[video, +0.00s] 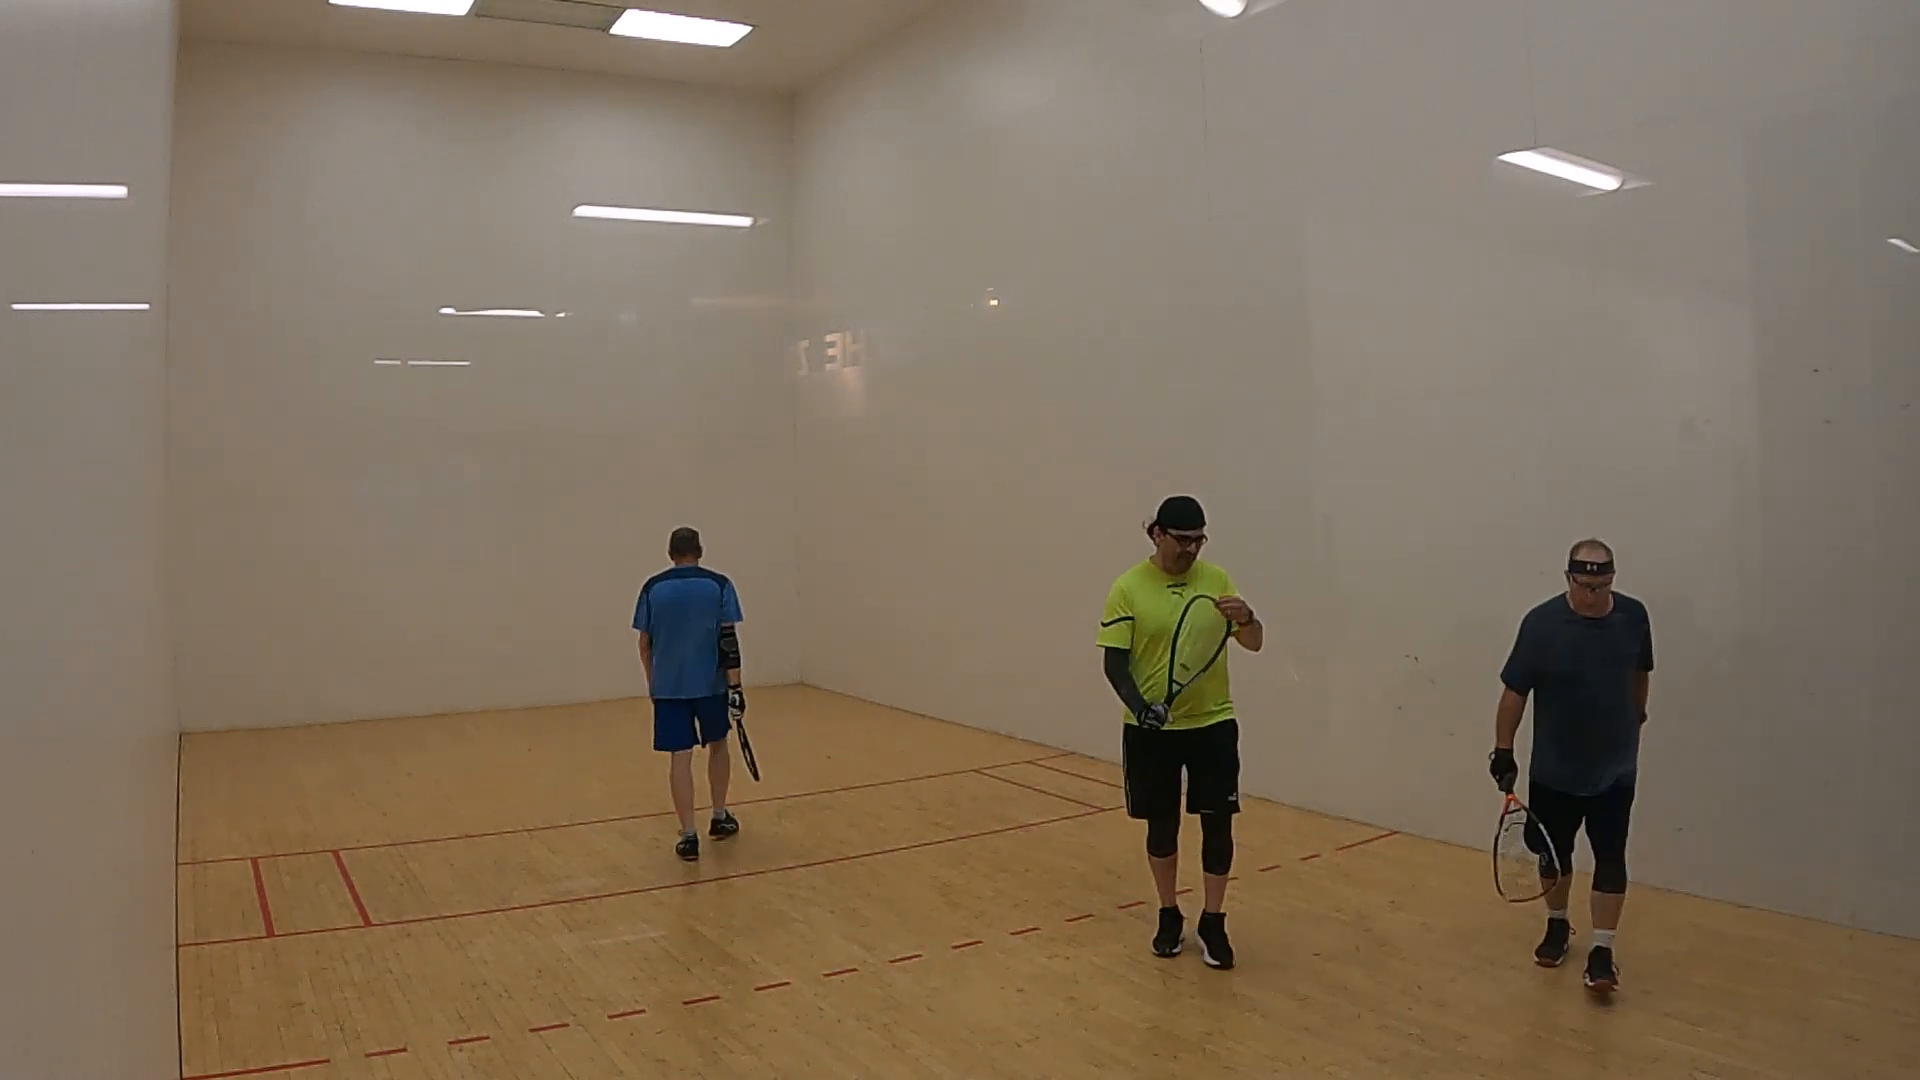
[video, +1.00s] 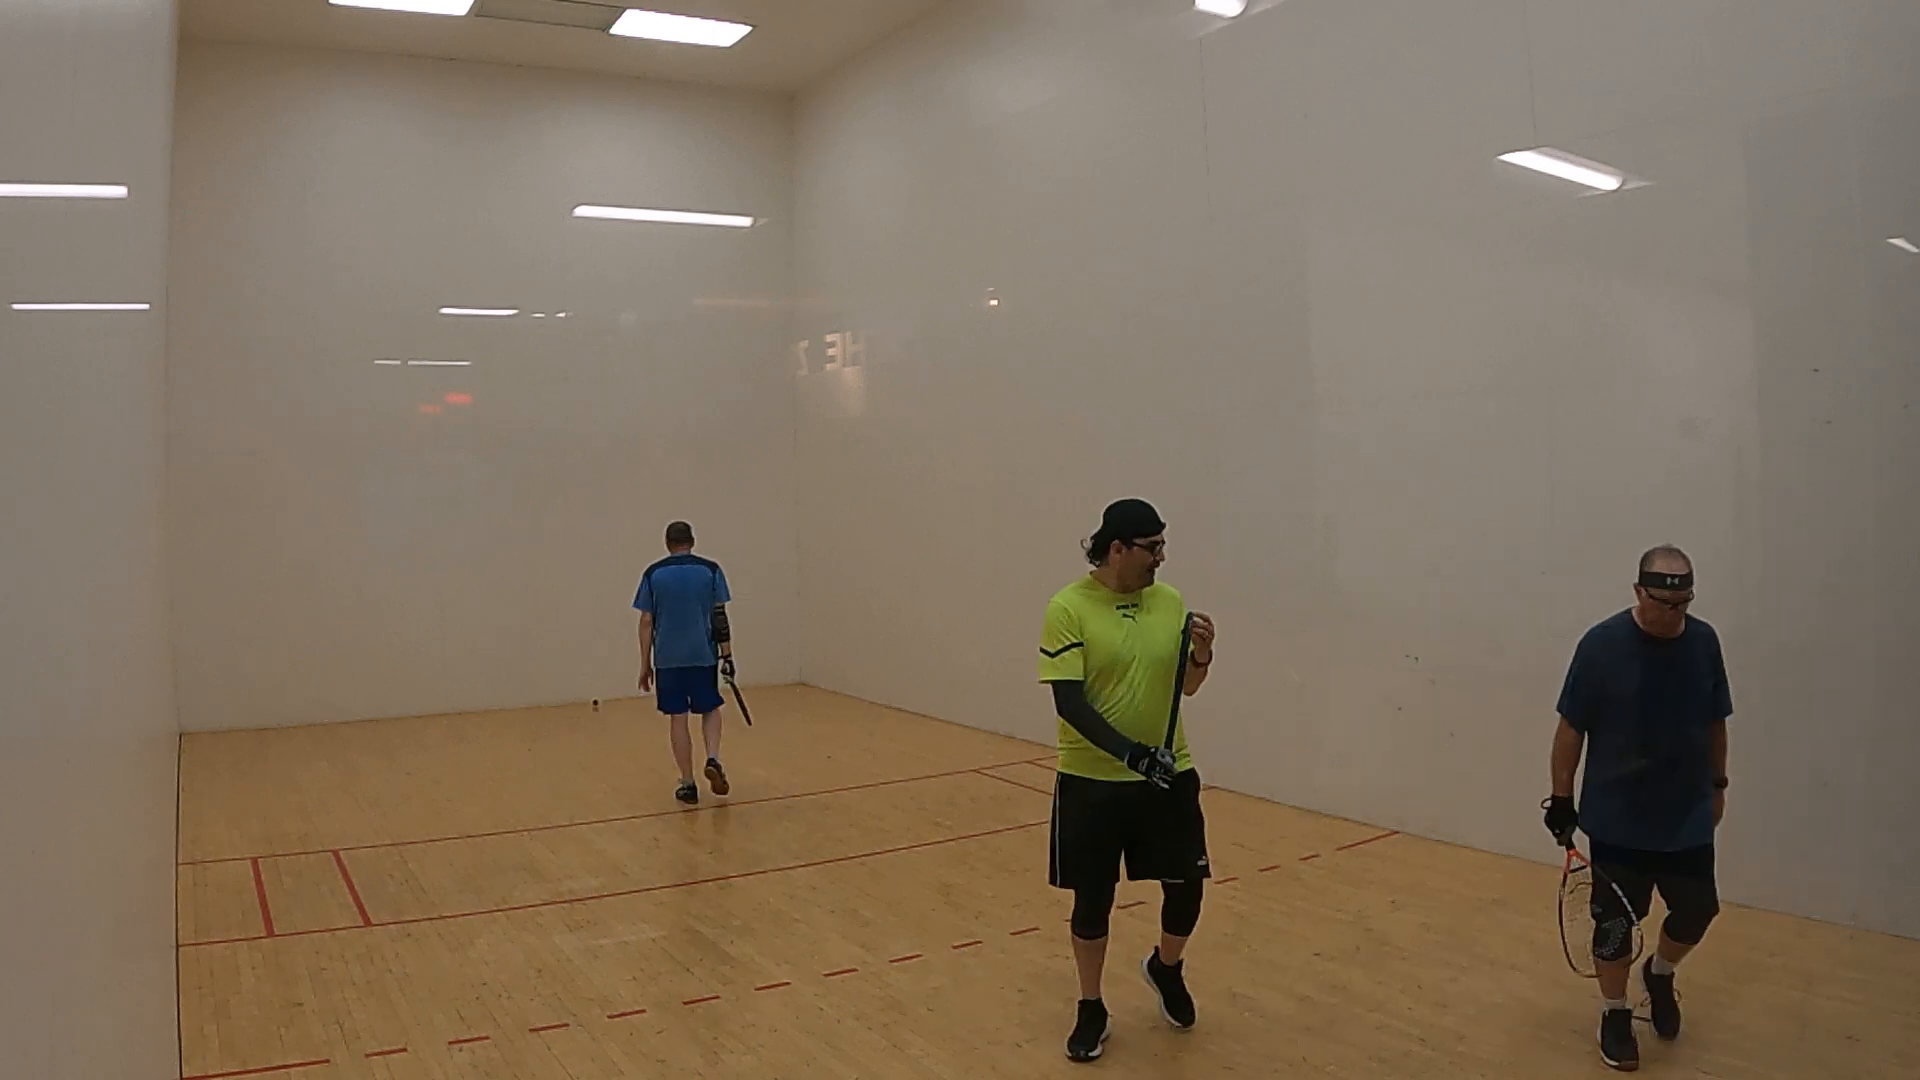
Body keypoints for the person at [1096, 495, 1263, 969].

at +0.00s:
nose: (1190, 548)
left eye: (1198, 540)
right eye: (1181, 539)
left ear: (1203, 539)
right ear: (1156, 535)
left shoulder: (1215, 581)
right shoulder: (1128, 590)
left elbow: (1253, 643)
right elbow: (1114, 663)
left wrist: (1245, 618)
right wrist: (1140, 706)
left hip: (1213, 724)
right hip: (1153, 729)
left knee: (1218, 824)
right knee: (1162, 826)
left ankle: (1213, 920)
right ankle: (1169, 915)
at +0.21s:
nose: (1190, 560)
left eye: (1199, 552)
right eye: (1182, 550)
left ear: (1205, 550)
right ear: (1157, 543)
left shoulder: (1216, 593)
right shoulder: (1126, 599)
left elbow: (1253, 659)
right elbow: (1115, 674)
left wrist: (1239, 634)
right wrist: (1138, 721)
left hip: (1206, 741)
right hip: (1147, 744)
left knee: (1195, 846)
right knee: (1159, 842)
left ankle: (1189, 957)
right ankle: (1169, 915)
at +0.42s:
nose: (1188, 560)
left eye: (1198, 552)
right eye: (1179, 550)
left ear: (1207, 551)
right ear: (1156, 542)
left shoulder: (1218, 595)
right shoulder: (1124, 597)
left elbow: (1253, 669)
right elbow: (1113, 677)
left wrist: (1234, 642)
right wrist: (1135, 728)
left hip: (1202, 751)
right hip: (1138, 750)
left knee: (1196, 861)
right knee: (1127, 859)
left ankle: (1189, 963)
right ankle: (1158, 907)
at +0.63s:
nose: (1193, 553)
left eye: (1196, 544)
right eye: (1183, 544)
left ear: (1196, 545)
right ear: (1150, 545)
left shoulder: (1208, 595)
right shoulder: (1110, 601)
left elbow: (1238, 674)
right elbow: (1103, 686)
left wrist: (1232, 643)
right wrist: (1145, 734)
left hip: (1197, 759)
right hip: (1128, 757)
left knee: (1191, 867)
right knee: (1115, 872)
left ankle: (1189, 964)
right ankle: (1105, 988)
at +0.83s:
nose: (1172, 560)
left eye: (1175, 550)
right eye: (1163, 551)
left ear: (1166, 552)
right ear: (1128, 553)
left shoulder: (1184, 604)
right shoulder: (1084, 612)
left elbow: (1207, 685)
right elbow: (1085, 704)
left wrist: (1213, 653)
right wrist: (1146, 750)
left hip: (1180, 773)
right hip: (1109, 775)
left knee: (1187, 880)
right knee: (1100, 895)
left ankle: (1186, 960)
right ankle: (1092, 1007)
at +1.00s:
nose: (1160, 558)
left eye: (1162, 547)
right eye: (1150, 548)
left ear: (1139, 551)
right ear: (1115, 549)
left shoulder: (1169, 604)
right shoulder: (1068, 610)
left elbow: (1186, 687)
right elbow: (1070, 706)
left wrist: (1200, 656)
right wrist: (1136, 753)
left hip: (1168, 776)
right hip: (1093, 781)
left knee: (1187, 886)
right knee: (1091, 902)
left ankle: (1166, 967)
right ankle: (1091, 1008)